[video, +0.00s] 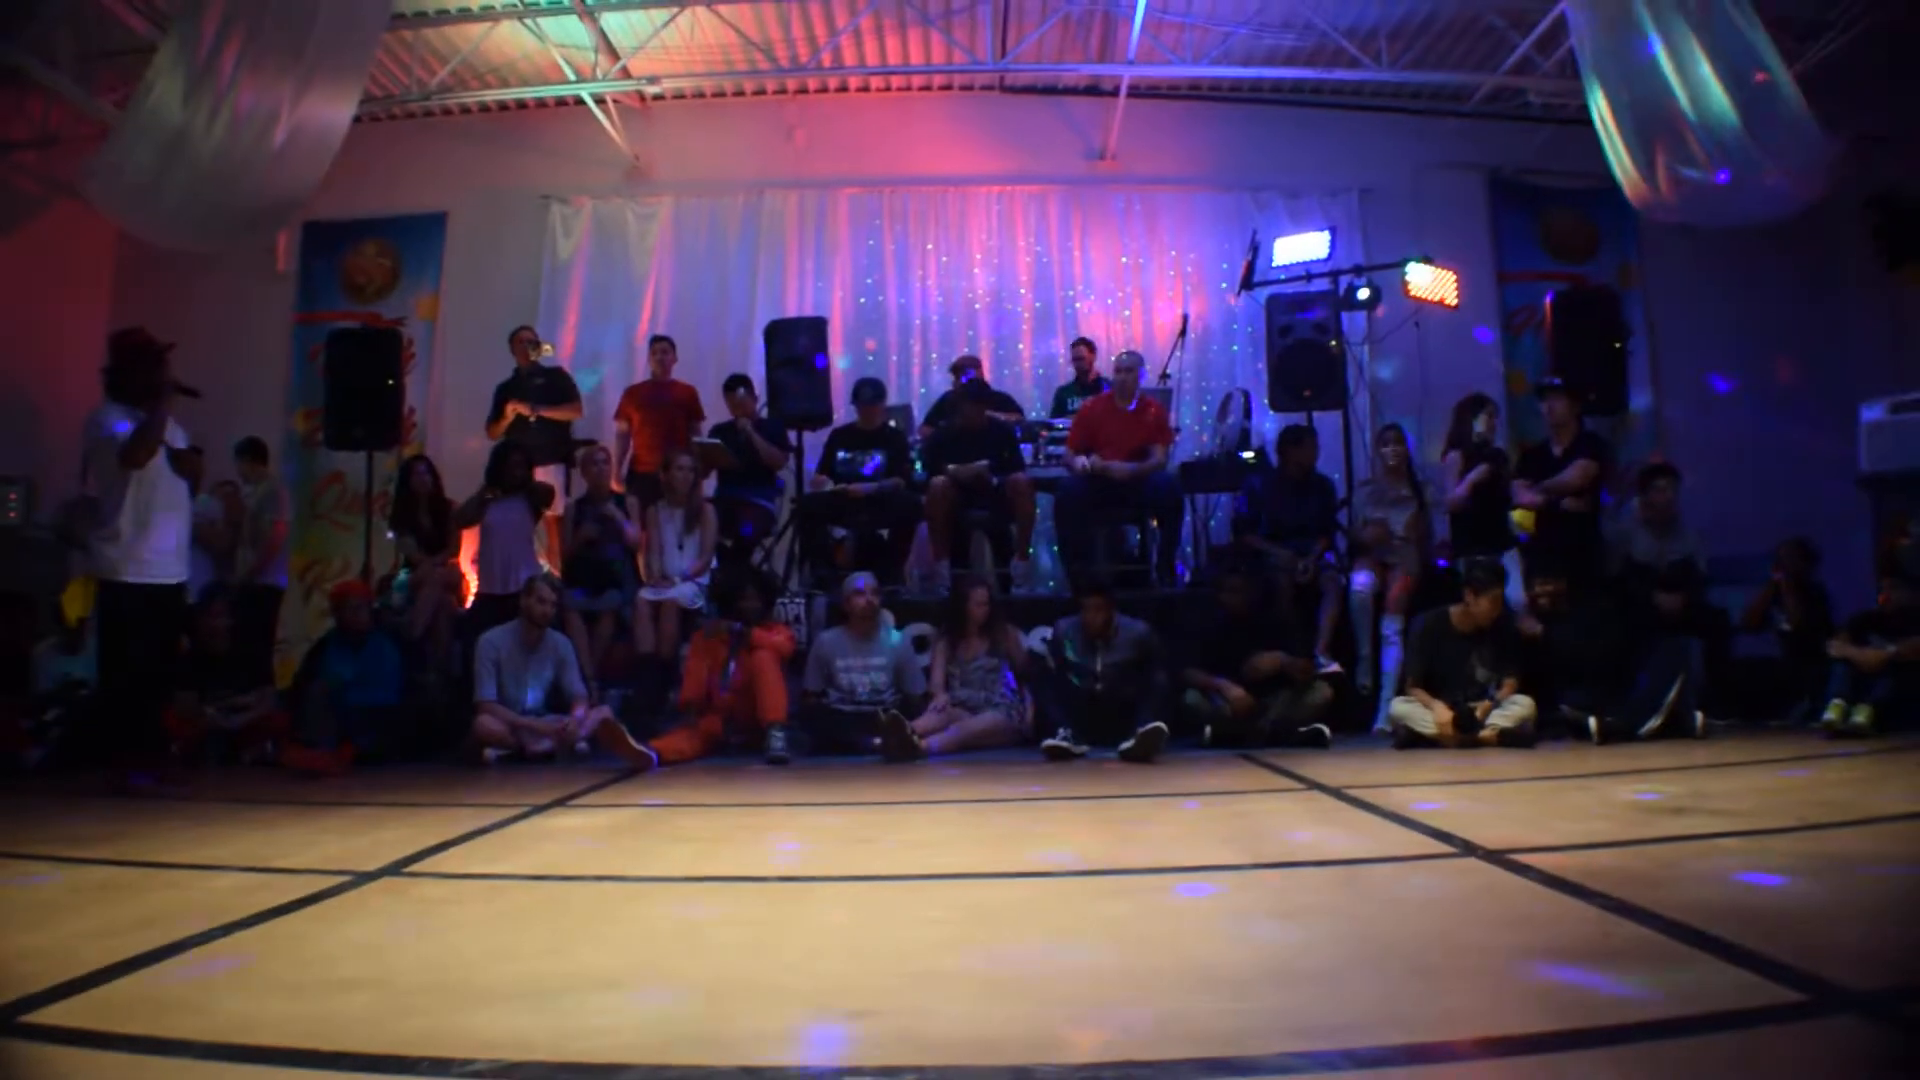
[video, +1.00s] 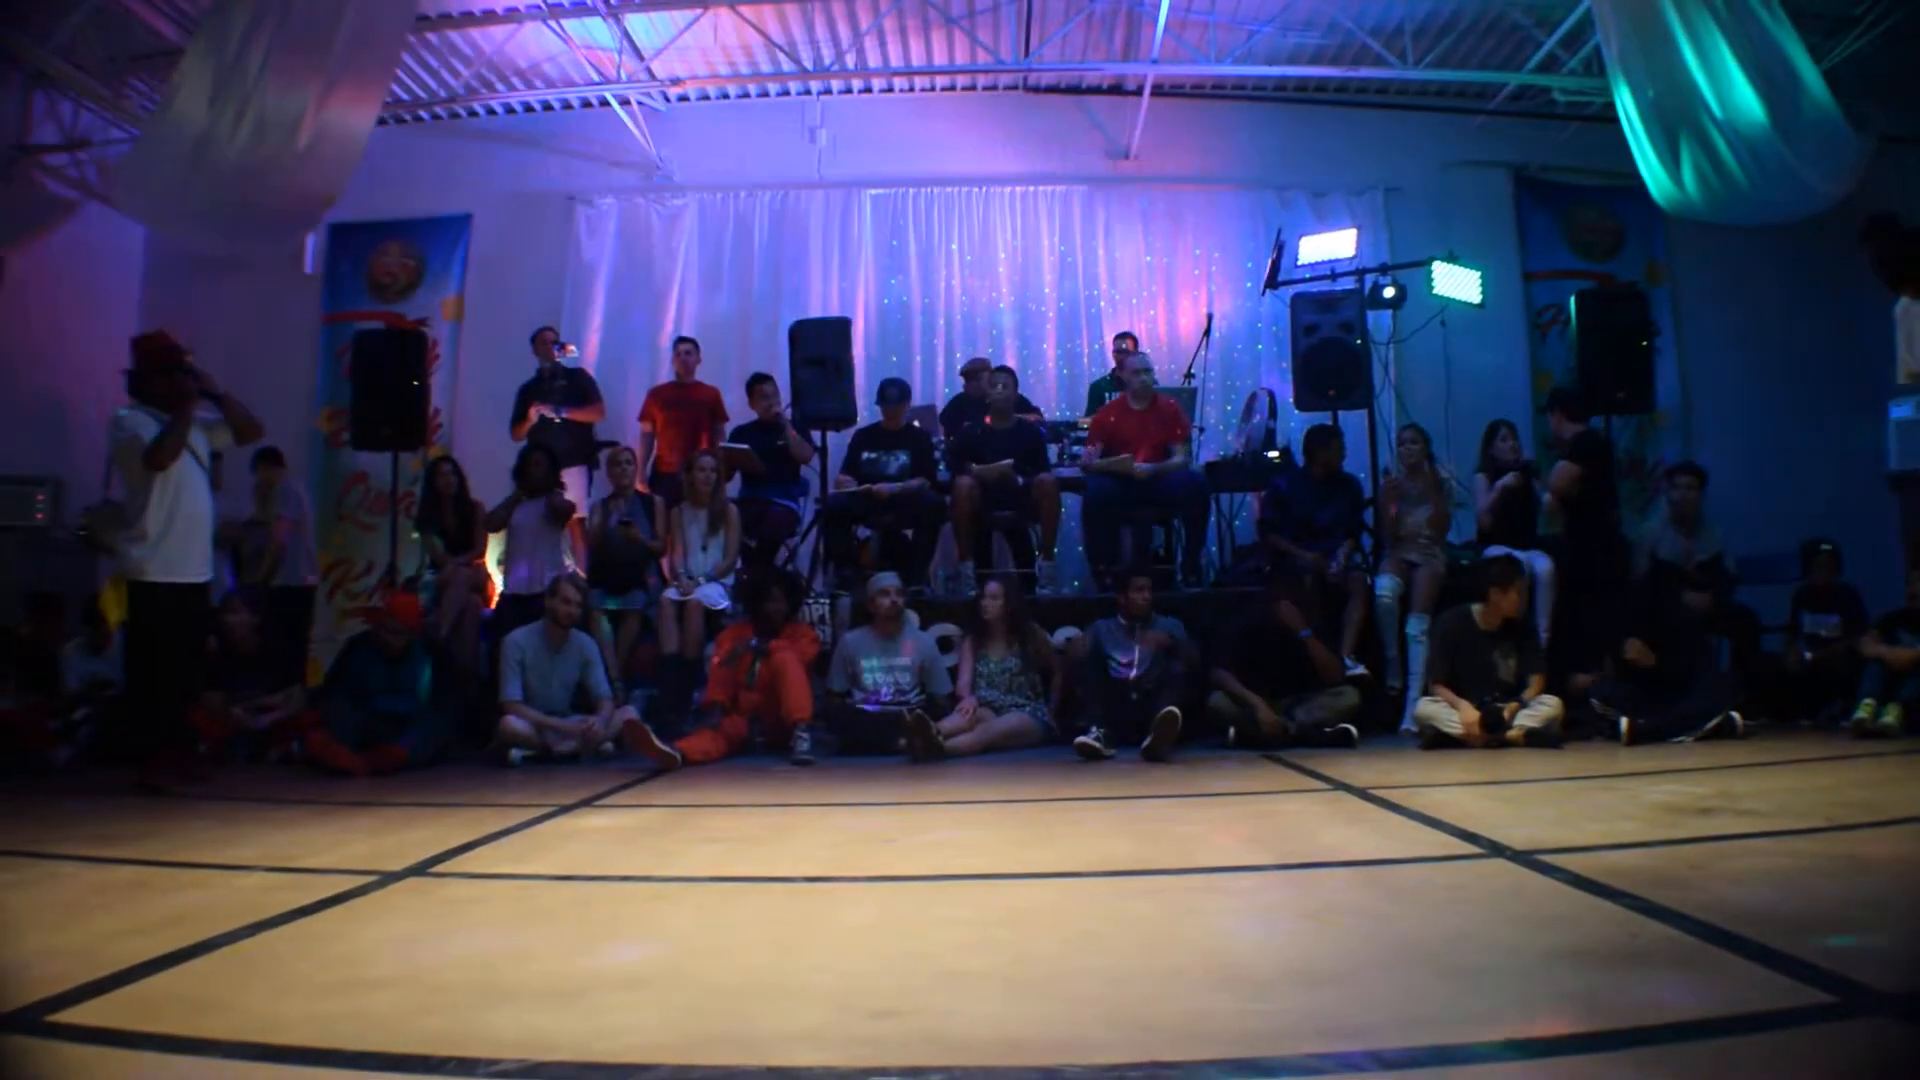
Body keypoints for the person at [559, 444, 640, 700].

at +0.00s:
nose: (601, 469)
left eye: (606, 463)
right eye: (595, 464)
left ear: (612, 468)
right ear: (583, 471)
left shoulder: (627, 502)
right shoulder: (574, 507)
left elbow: (635, 540)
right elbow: (567, 551)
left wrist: (617, 517)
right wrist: (580, 537)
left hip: (617, 575)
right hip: (582, 576)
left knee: (608, 607)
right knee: (571, 608)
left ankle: (593, 675)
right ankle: (589, 680)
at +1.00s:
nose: (622, 469)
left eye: (628, 464)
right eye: (616, 465)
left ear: (636, 469)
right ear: (608, 471)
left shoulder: (653, 503)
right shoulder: (599, 506)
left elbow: (660, 546)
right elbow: (593, 543)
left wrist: (639, 539)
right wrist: (607, 521)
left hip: (639, 574)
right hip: (606, 574)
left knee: (634, 606)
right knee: (595, 608)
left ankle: (617, 673)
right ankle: (613, 679)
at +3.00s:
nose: (609, 468)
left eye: (615, 464)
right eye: (606, 464)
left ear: (630, 472)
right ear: (601, 473)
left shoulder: (646, 506)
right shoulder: (595, 505)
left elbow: (655, 552)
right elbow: (589, 528)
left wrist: (634, 568)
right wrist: (597, 490)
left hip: (631, 577)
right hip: (600, 575)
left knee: (627, 608)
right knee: (588, 610)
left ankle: (609, 672)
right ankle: (605, 678)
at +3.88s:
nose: (620, 472)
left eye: (624, 467)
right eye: (613, 467)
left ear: (630, 472)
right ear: (602, 474)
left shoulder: (646, 508)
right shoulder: (592, 509)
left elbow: (654, 552)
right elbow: (588, 547)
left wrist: (634, 568)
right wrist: (605, 520)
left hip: (631, 576)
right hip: (600, 574)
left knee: (627, 609)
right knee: (589, 611)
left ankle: (608, 676)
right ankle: (606, 680)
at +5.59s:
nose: (613, 473)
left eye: (620, 468)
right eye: (609, 467)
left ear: (632, 475)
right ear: (604, 473)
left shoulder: (646, 508)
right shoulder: (595, 509)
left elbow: (648, 550)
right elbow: (590, 547)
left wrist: (631, 532)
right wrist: (610, 532)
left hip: (633, 578)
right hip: (602, 577)